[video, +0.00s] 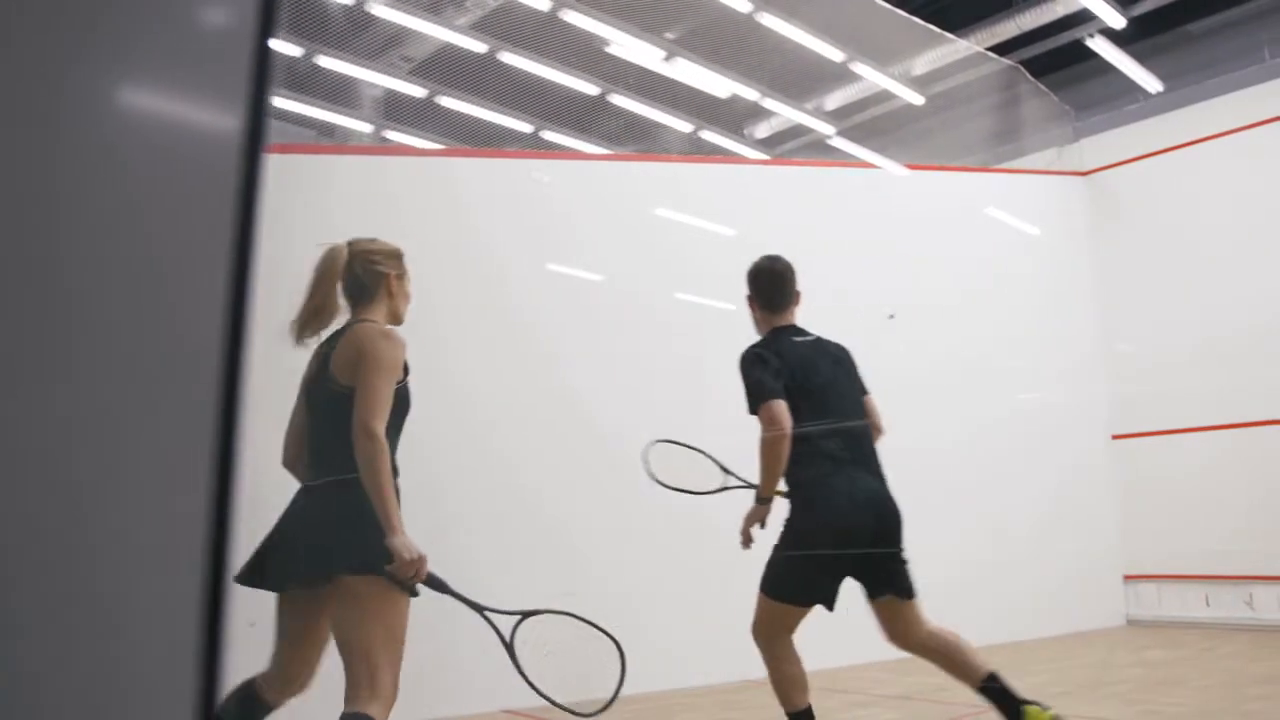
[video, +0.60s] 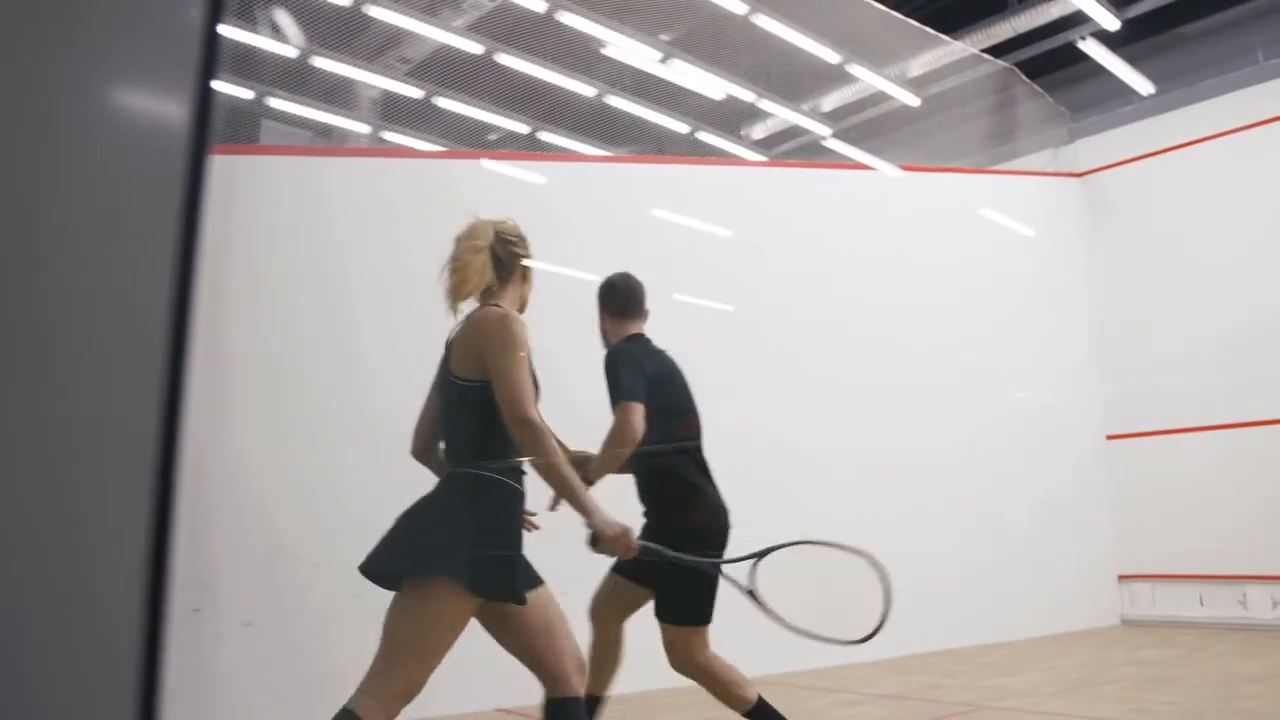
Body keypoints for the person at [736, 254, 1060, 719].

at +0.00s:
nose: (750, 305)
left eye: (748, 299)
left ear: (750, 303)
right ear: (798, 300)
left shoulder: (760, 357)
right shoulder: (834, 351)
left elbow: (778, 427)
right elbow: (873, 425)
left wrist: (762, 500)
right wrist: (814, 457)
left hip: (821, 517)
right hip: (877, 511)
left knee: (771, 632)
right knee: (908, 629)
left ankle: (802, 719)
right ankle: (1018, 708)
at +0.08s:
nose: (731, 307)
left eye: (729, 301)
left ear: (729, 303)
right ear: (776, 301)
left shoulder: (739, 357)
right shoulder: (812, 354)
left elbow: (758, 430)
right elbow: (846, 428)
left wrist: (740, 500)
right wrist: (783, 478)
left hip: (803, 515)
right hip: (853, 509)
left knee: (757, 635)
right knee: (863, 632)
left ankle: (797, 719)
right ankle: (970, 708)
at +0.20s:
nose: (703, 314)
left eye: (701, 306)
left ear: (699, 307)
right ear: (746, 305)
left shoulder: (712, 358)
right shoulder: (779, 356)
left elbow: (728, 432)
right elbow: (804, 439)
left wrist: (708, 496)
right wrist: (740, 485)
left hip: (775, 515)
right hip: (820, 511)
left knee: (740, 639)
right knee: (794, 633)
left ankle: (790, 718)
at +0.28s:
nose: (680, 314)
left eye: (679, 306)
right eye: (685, 304)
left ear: (680, 308)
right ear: (725, 306)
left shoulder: (695, 357)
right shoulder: (755, 357)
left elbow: (711, 432)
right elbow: (765, 439)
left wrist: (689, 491)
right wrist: (712, 479)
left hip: (758, 517)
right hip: (798, 511)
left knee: (727, 641)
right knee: (755, 629)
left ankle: (785, 718)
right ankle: (830, 712)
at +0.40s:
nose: (650, 319)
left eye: (650, 311)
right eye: (653, 311)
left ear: (653, 310)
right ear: (693, 309)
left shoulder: (668, 355)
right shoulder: (716, 357)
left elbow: (683, 429)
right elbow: (718, 438)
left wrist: (656, 481)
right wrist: (662, 480)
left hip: (738, 513)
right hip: (751, 507)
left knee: (710, 639)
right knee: (684, 618)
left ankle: (774, 715)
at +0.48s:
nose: (631, 318)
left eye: (630, 310)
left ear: (631, 309)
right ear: (674, 309)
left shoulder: (652, 354)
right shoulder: (692, 356)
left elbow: (663, 429)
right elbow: (698, 448)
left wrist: (626, 485)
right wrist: (635, 469)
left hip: (718, 515)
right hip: (725, 510)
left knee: (699, 646)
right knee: (650, 612)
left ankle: (774, 716)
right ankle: (673, 713)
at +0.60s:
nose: (599, 323)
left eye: (598, 315)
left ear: (601, 315)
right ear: (644, 314)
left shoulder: (626, 356)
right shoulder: (657, 360)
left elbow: (630, 429)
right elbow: (654, 457)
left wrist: (589, 473)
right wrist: (584, 464)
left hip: (687, 522)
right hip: (677, 518)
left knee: (687, 654)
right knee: (606, 610)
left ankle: (770, 715)